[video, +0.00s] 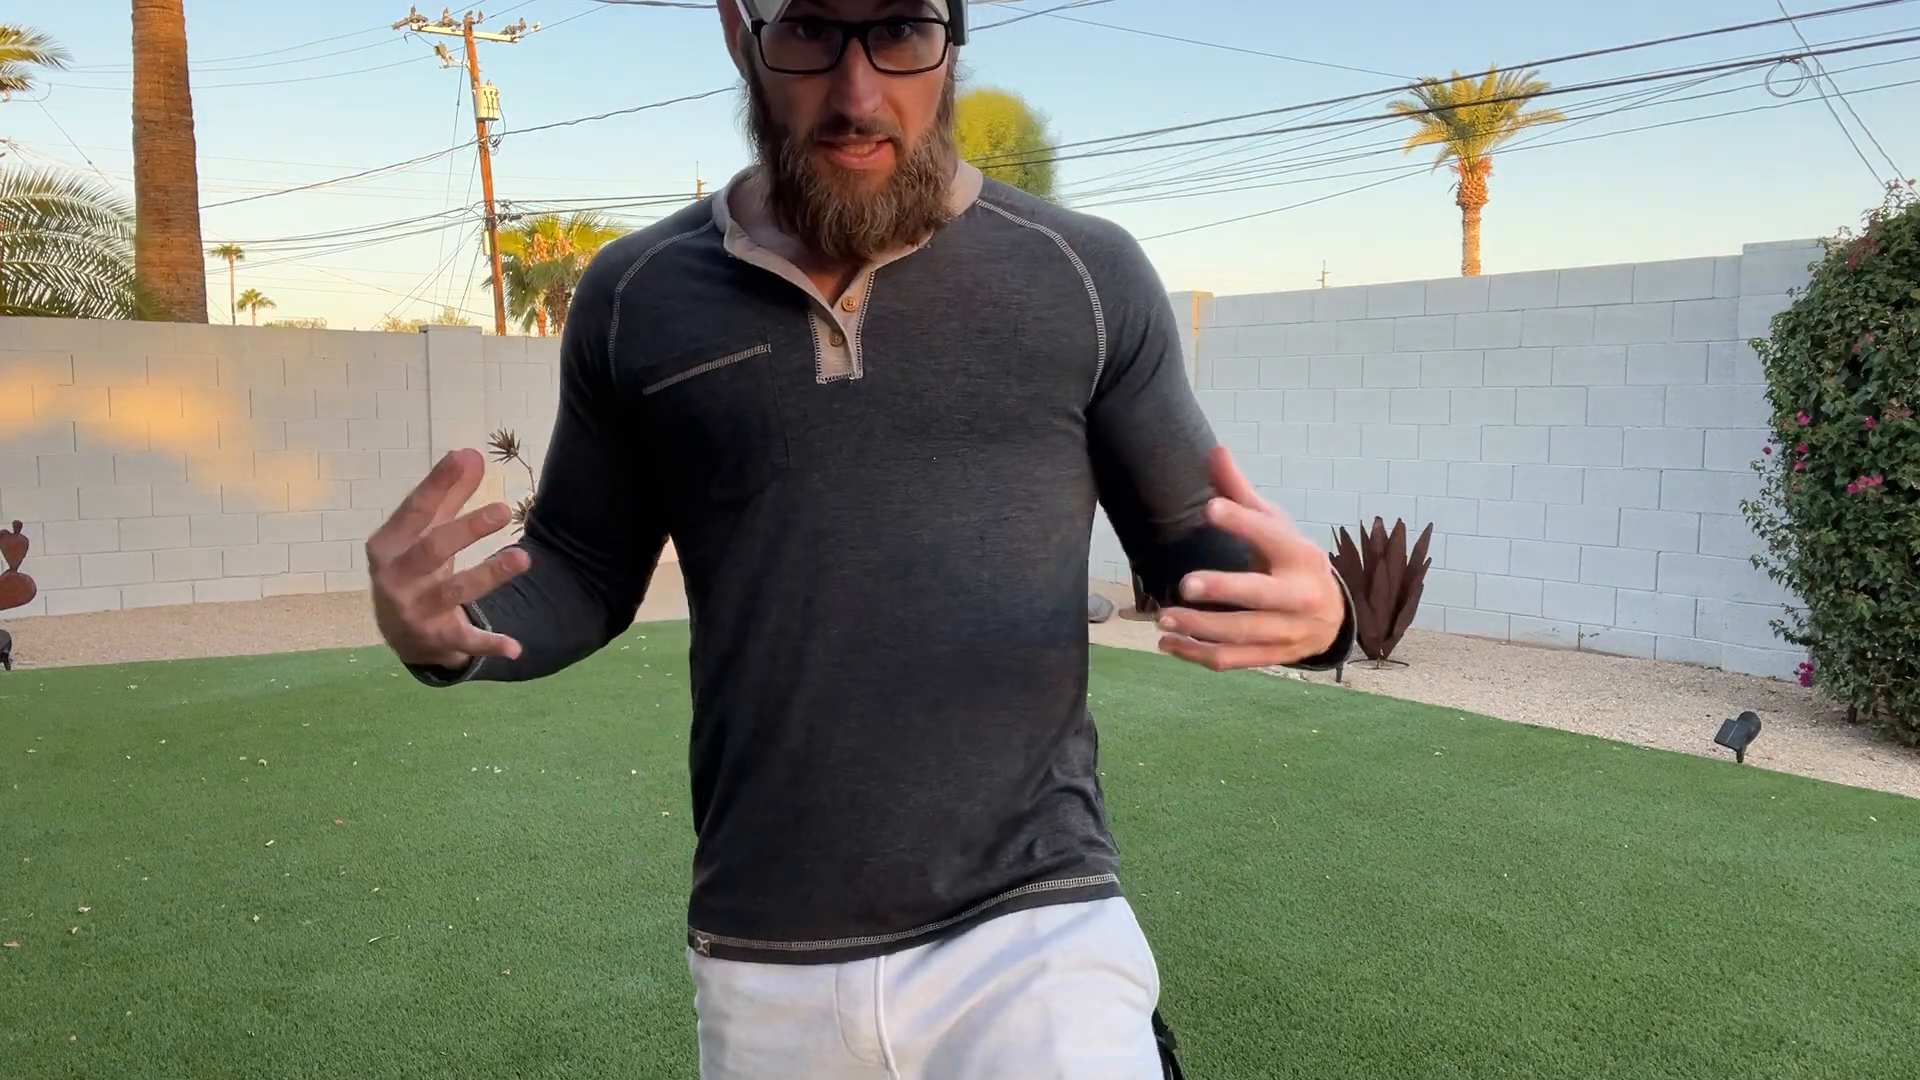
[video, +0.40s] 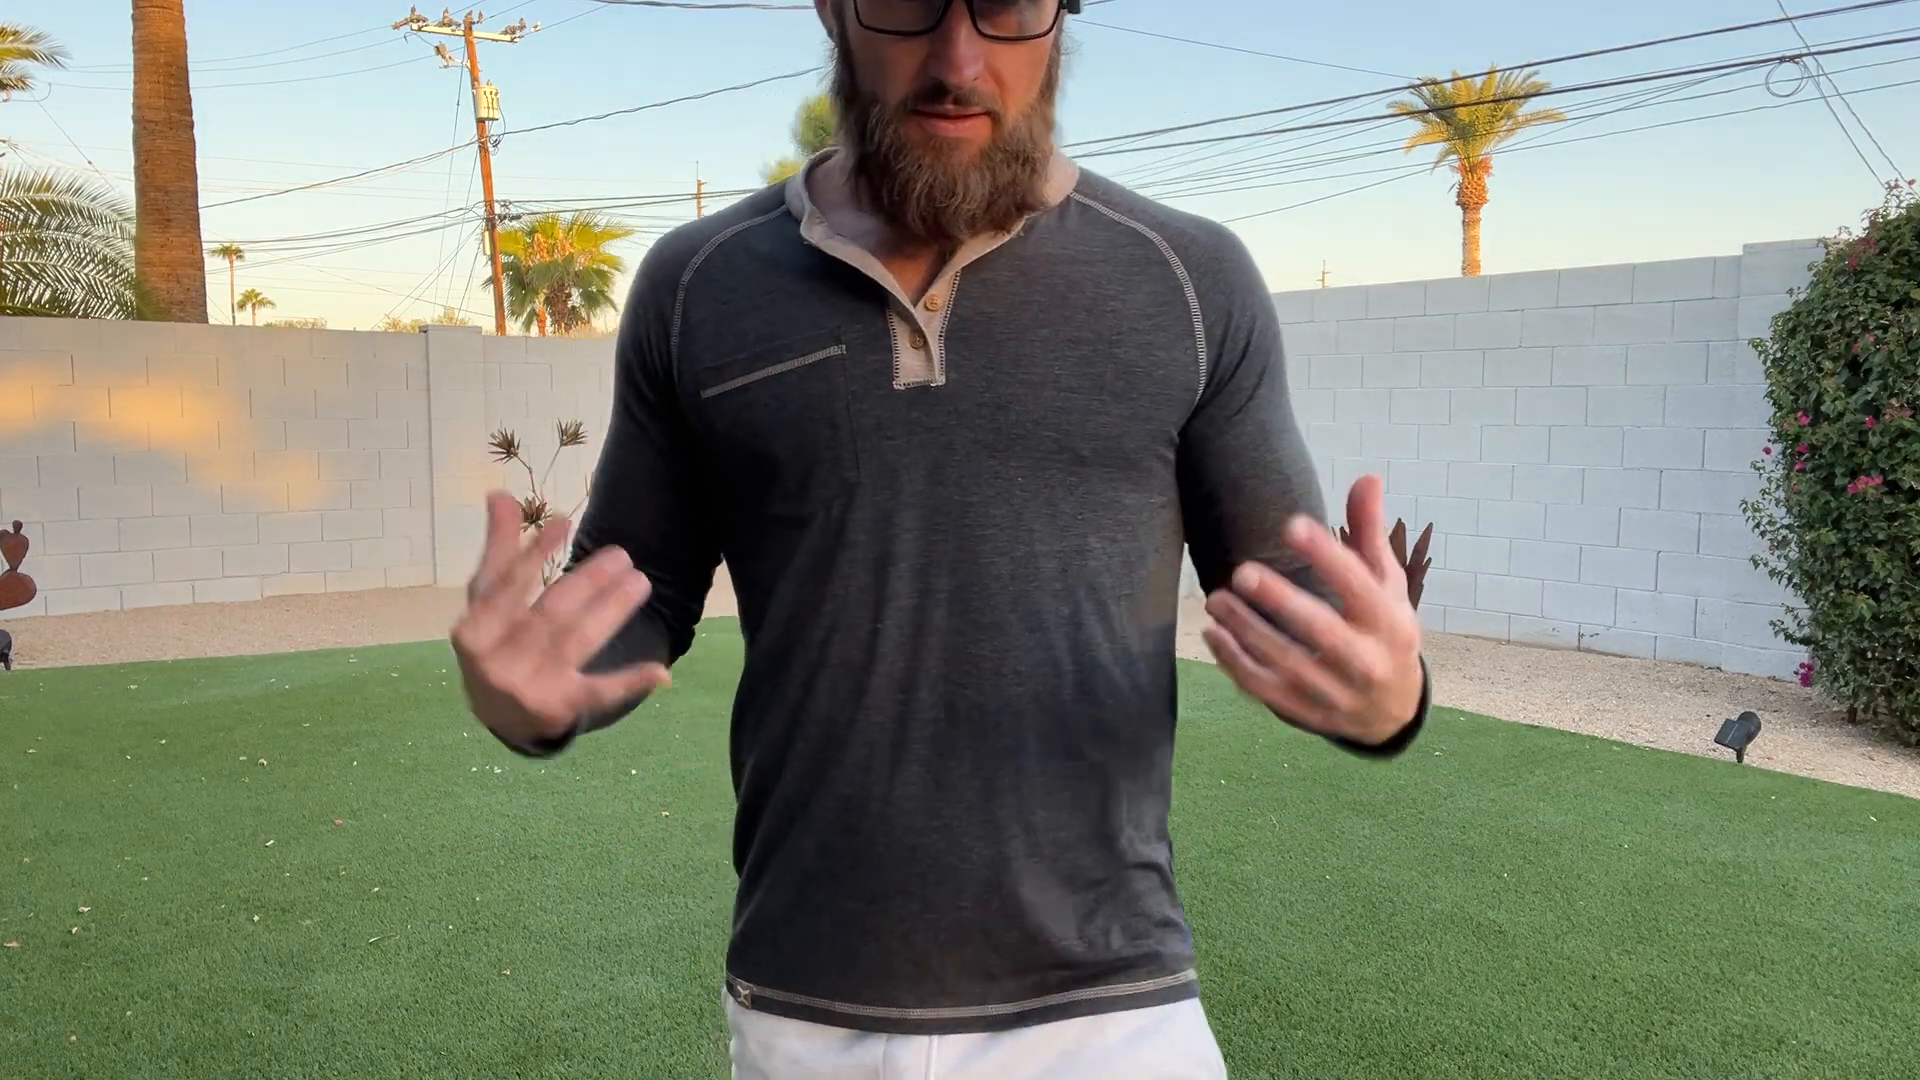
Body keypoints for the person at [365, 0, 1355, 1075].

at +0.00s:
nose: (856, 89)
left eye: (900, 38)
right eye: (808, 40)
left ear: (953, 47)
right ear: (742, 46)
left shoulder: (1085, 275)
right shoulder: (638, 302)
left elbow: (1193, 551)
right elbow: (579, 563)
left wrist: (1315, 609)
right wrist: (442, 633)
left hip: (1034, 934)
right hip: (766, 960)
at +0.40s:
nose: (957, 67)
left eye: (1004, 15)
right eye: (905, 18)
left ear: (1057, 30)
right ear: (837, 27)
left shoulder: (1190, 280)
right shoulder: (697, 289)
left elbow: (1289, 591)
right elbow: (637, 596)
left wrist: (1392, 705)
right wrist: (525, 702)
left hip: (1110, 1006)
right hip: (810, 1013)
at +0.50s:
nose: (1009, 46)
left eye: (1058, 4)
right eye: (958, 1)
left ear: (1107, 26)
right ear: (889, 13)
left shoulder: (1238, 278)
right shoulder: (723, 277)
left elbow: (1338, 603)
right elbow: (646, 587)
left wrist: (1378, 806)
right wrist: (614, 752)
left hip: (1154, 1004)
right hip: (842, 1013)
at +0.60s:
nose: (1064, 42)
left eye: (1109, 3)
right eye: (1019, 1)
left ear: (1168, 24)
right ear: (942, 14)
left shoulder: (1289, 286)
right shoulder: (760, 269)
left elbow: (1369, 647)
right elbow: (678, 592)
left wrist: (1311, 927)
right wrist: (752, 789)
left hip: (1177, 1030)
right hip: (870, 1033)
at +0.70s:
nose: (1119, 20)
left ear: (1228, 12)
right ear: (996, 1)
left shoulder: (1348, 288)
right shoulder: (804, 248)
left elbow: (1375, 681)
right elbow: (716, 605)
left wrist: (1249, 1014)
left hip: (1211, 1034)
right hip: (893, 1037)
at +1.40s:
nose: (1173, 9)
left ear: (1293, 7)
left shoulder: (1416, 299)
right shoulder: (858, 237)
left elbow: (1460, 739)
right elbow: (748, 599)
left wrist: (1359, 1056)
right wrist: (1035, 707)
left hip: (1251, 1034)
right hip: (906, 1033)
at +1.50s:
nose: (1133, 7)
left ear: (1243, 15)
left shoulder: (1365, 284)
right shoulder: (827, 253)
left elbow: (1553, 681)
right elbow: (714, 589)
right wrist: (889, 666)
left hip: (1204, 1026)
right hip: (879, 1020)